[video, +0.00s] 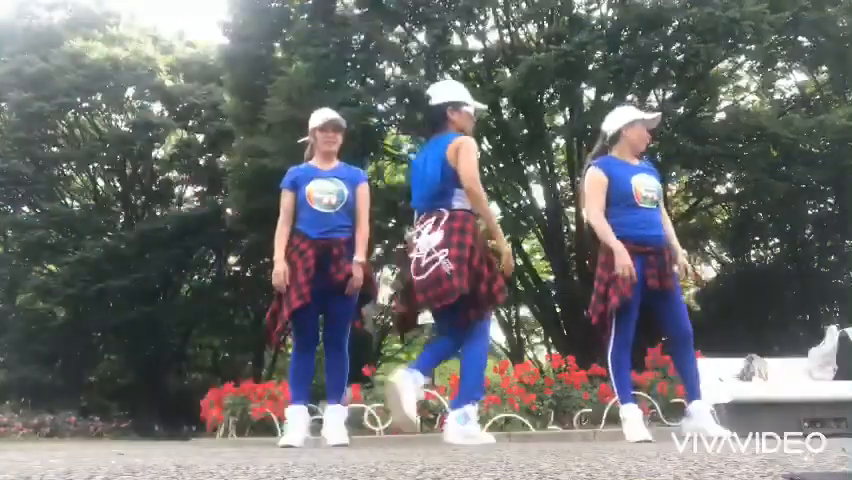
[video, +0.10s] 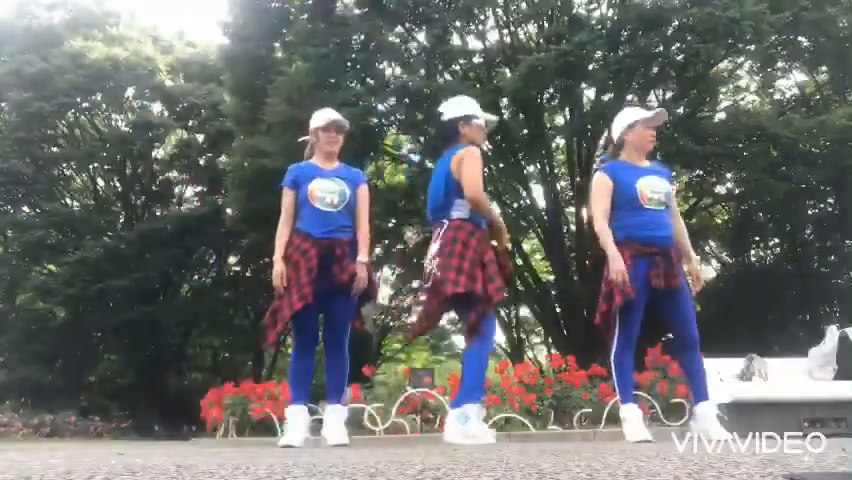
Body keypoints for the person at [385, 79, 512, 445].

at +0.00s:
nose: (474, 118)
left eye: (473, 112)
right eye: (470, 112)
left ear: (443, 115)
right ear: (452, 113)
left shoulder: (421, 155)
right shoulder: (462, 142)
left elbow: (422, 208)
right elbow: (473, 188)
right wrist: (498, 237)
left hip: (428, 244)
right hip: (461, 238)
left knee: (452, 328)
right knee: (479, 326)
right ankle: (464, 417)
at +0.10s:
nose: (484, 130)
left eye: (483, 124)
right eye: (479, 123)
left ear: (460, 129)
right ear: (463, 126)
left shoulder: (447, 159)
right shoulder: (468, 153)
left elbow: (447, 206)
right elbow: (474, 195)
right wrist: (496, 221)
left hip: (450, 237)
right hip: (464, 236)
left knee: (480, 327)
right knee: (483, 327)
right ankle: (464, 415)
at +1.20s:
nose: (472, 205)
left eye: (477, 201)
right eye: (467, 201)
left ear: (485, 206)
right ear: (460, 208)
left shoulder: (495, 239)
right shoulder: (449, 235)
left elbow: (499, 275)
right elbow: (434, 267)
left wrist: (499, 308)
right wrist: (435, 300)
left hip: (487, 304)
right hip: (457, 303)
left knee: (484, 364)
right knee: (459, 359)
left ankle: (485, 420)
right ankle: (454, 419)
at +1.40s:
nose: (480, 209)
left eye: (485, 205)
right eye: (475, 205)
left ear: (493, 210)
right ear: (468, 210)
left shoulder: (500, 243)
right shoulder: (456, 234)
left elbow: (502, 279)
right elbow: (438, 263)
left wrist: (505, 313)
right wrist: (437, 297)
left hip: (490, 305)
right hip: (460, 304)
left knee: (486, 364)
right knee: (461, 361)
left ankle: (485, 421)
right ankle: (456, 419)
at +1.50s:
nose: (481, 209)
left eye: (485, 205)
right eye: (476, 205)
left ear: (493, 210)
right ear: (469, 210)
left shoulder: (499, 242)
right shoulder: (456, 234)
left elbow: (506, 277)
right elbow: (437, 262)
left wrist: (511, 309)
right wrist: (437, 296)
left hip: (490, 305)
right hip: (460, 304)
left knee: (486, 364)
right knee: (462, 362)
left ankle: (485, 420)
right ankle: (457, 419)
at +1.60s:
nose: (477, 209)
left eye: (482, 204)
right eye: (472, 204)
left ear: (489, 208)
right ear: (465, 209)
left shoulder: (498, 240)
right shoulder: (454, 234)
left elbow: (506, 274)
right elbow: (438, 264)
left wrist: (511, 307)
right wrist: (440, 298)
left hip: (489, 303)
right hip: (460, 302)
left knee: (486, 363)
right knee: (461, 362)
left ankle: (485, 420)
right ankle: (457, 419)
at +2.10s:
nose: (463, 208)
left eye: (467, 204)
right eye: (457, 204)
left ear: (475, 209)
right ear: (450, 209)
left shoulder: (486, 238)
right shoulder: (441, 237)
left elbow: (494, 273)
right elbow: (431, 269)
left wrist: (498, 303)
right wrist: (434, 302)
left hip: (484, 301)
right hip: (456, 301)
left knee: (485, 361)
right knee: (459, 360)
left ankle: (485, 419)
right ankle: (457, 420)